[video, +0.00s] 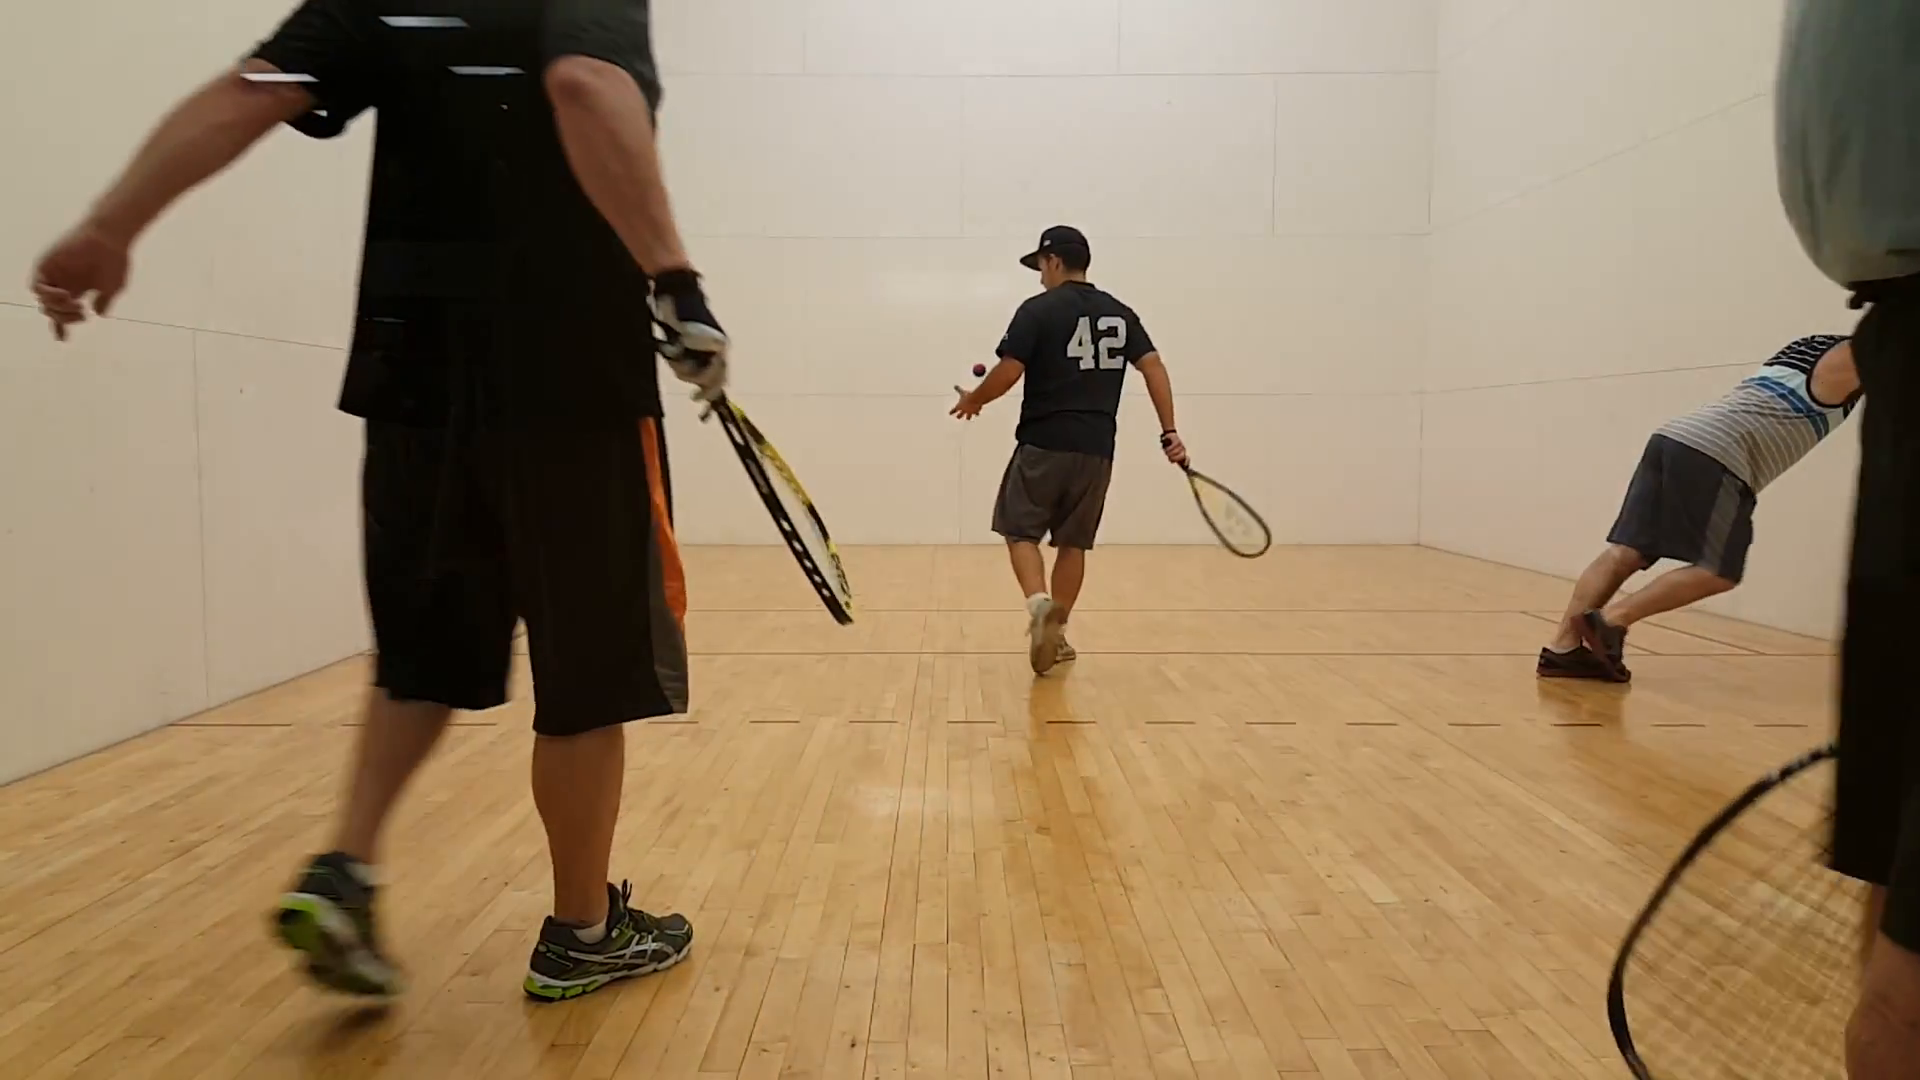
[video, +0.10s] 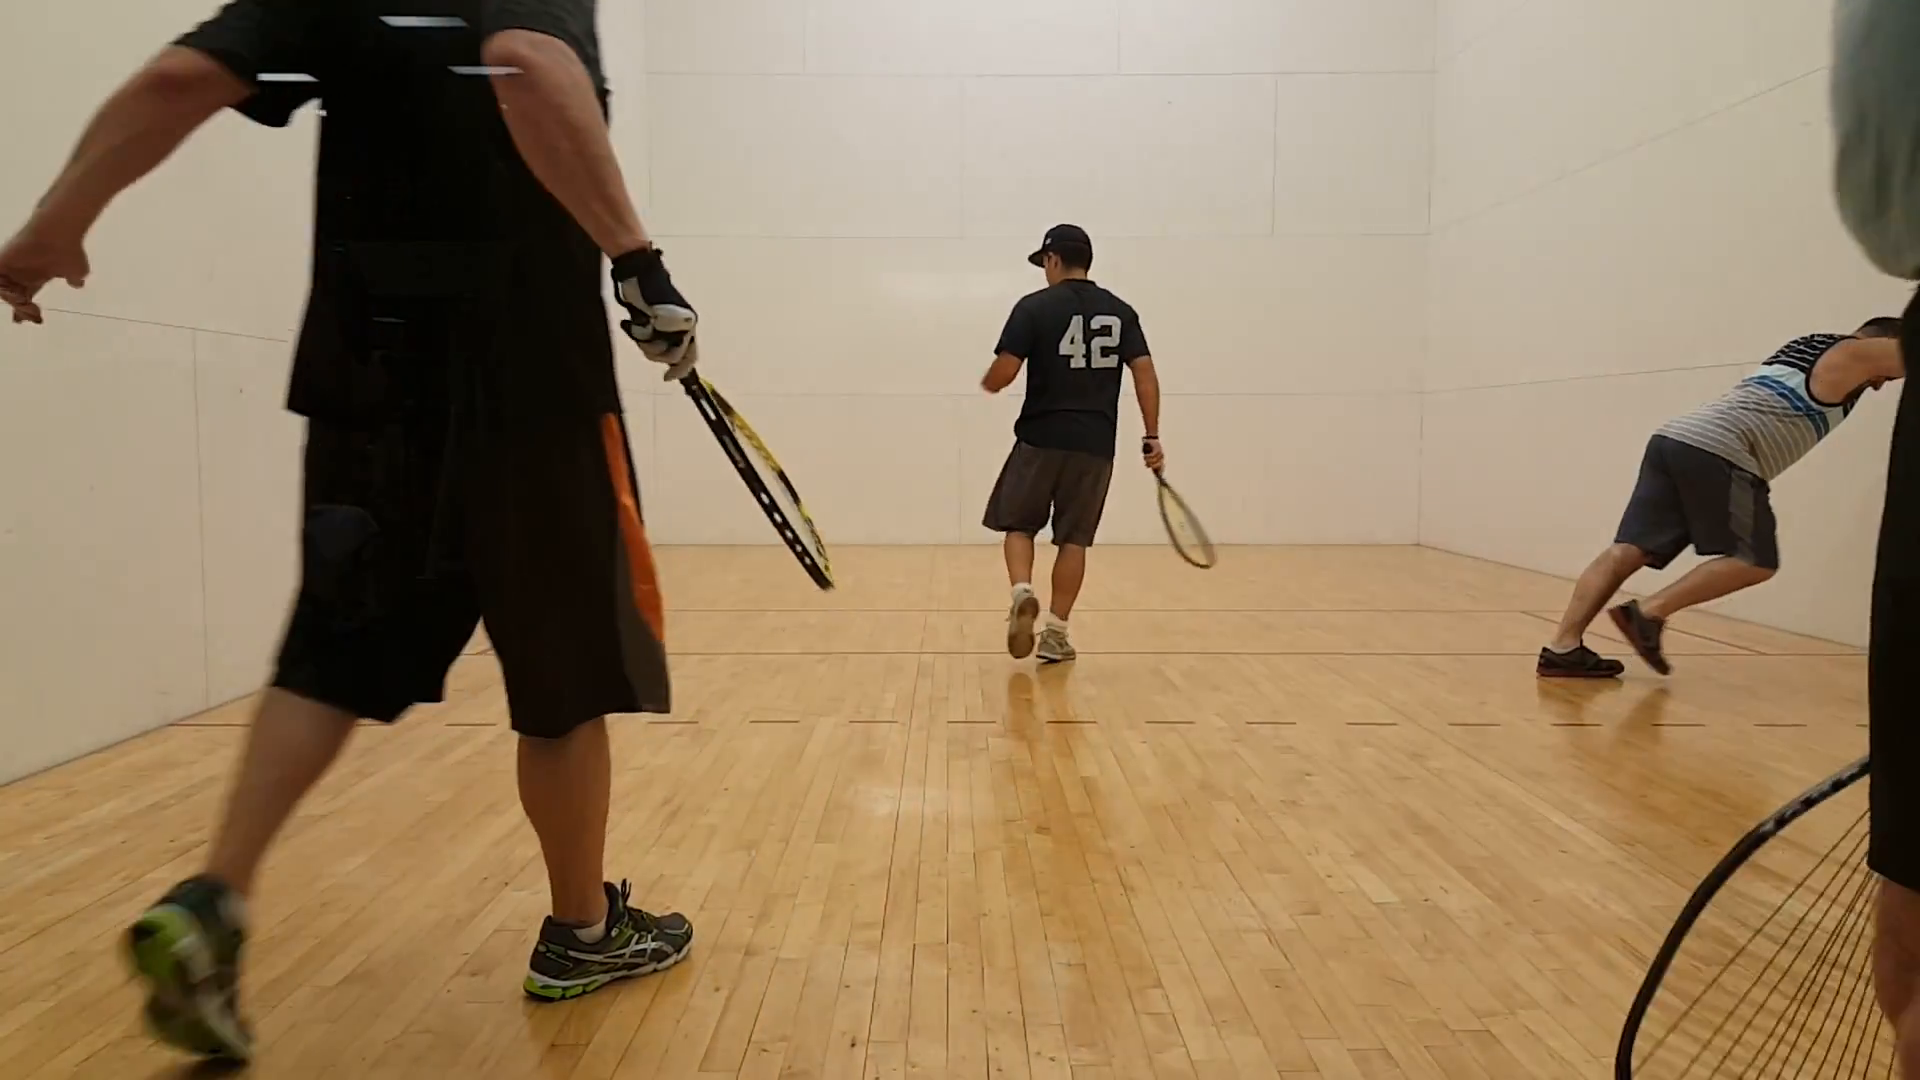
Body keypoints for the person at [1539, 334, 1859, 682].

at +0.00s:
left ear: (1862, 323)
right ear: (1880, 340)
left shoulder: (1797, 352)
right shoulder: (1844, 365)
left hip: (1669, 441)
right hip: (1718, 462)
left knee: (1627, 551)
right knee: (1719, 571)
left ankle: (1563, 647)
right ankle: (1612, 619)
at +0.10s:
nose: (1886, 381)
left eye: (1891, 371)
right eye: (1890, 367)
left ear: (1863, 334)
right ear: (1881, 344)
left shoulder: (1807, 345)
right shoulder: (1853, 355)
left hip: (1671, 441)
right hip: (1722, 458)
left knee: (1629, 549)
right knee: (1755, 561)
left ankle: (1562, 647)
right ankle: (1648, 613)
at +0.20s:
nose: (1892, 373)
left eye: (1895, 363)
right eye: (1894, 361)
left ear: (1863, 333)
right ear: (1883, 344)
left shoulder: (1807, 345)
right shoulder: (1857, 353)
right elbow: (1912, 355)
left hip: (1674, 443)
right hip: (1728, 456)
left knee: (1629, 551)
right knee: (1787, 550)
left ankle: (1563, 646)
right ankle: (1693, 622)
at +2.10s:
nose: (1892, 308)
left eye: (1893, 301)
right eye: (1893, 301)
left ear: (1842, 281)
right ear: (1886, 298)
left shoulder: (1797, 311)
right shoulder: (1860, 325)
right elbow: (1918, 342)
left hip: (1685, 434)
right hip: (1745, 445)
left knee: (1642, 536)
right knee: (1798, 545)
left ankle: (1573, 633)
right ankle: (1747, 653)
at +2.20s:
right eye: (1865, 260)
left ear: (1818, 246)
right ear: (1865, 261)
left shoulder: (1777, 281)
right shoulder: (1849, 299)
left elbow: (1837, 337)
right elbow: (1914, 321)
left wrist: (1900, 353)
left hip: (1679, 412)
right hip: (1739, 427)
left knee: (1641, 520)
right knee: (1766, 536)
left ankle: (1585, 622)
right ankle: (1746, 652)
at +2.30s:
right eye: (1842, 234)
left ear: (1793, 226)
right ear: (1842, 238)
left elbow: (1775, 332)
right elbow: (1910, 325)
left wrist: (1826, 373)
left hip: (1674, 406)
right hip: (1734, 425)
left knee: (1640, 516)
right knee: (1740, 538)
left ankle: (1593, 622)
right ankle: (1742, 652)